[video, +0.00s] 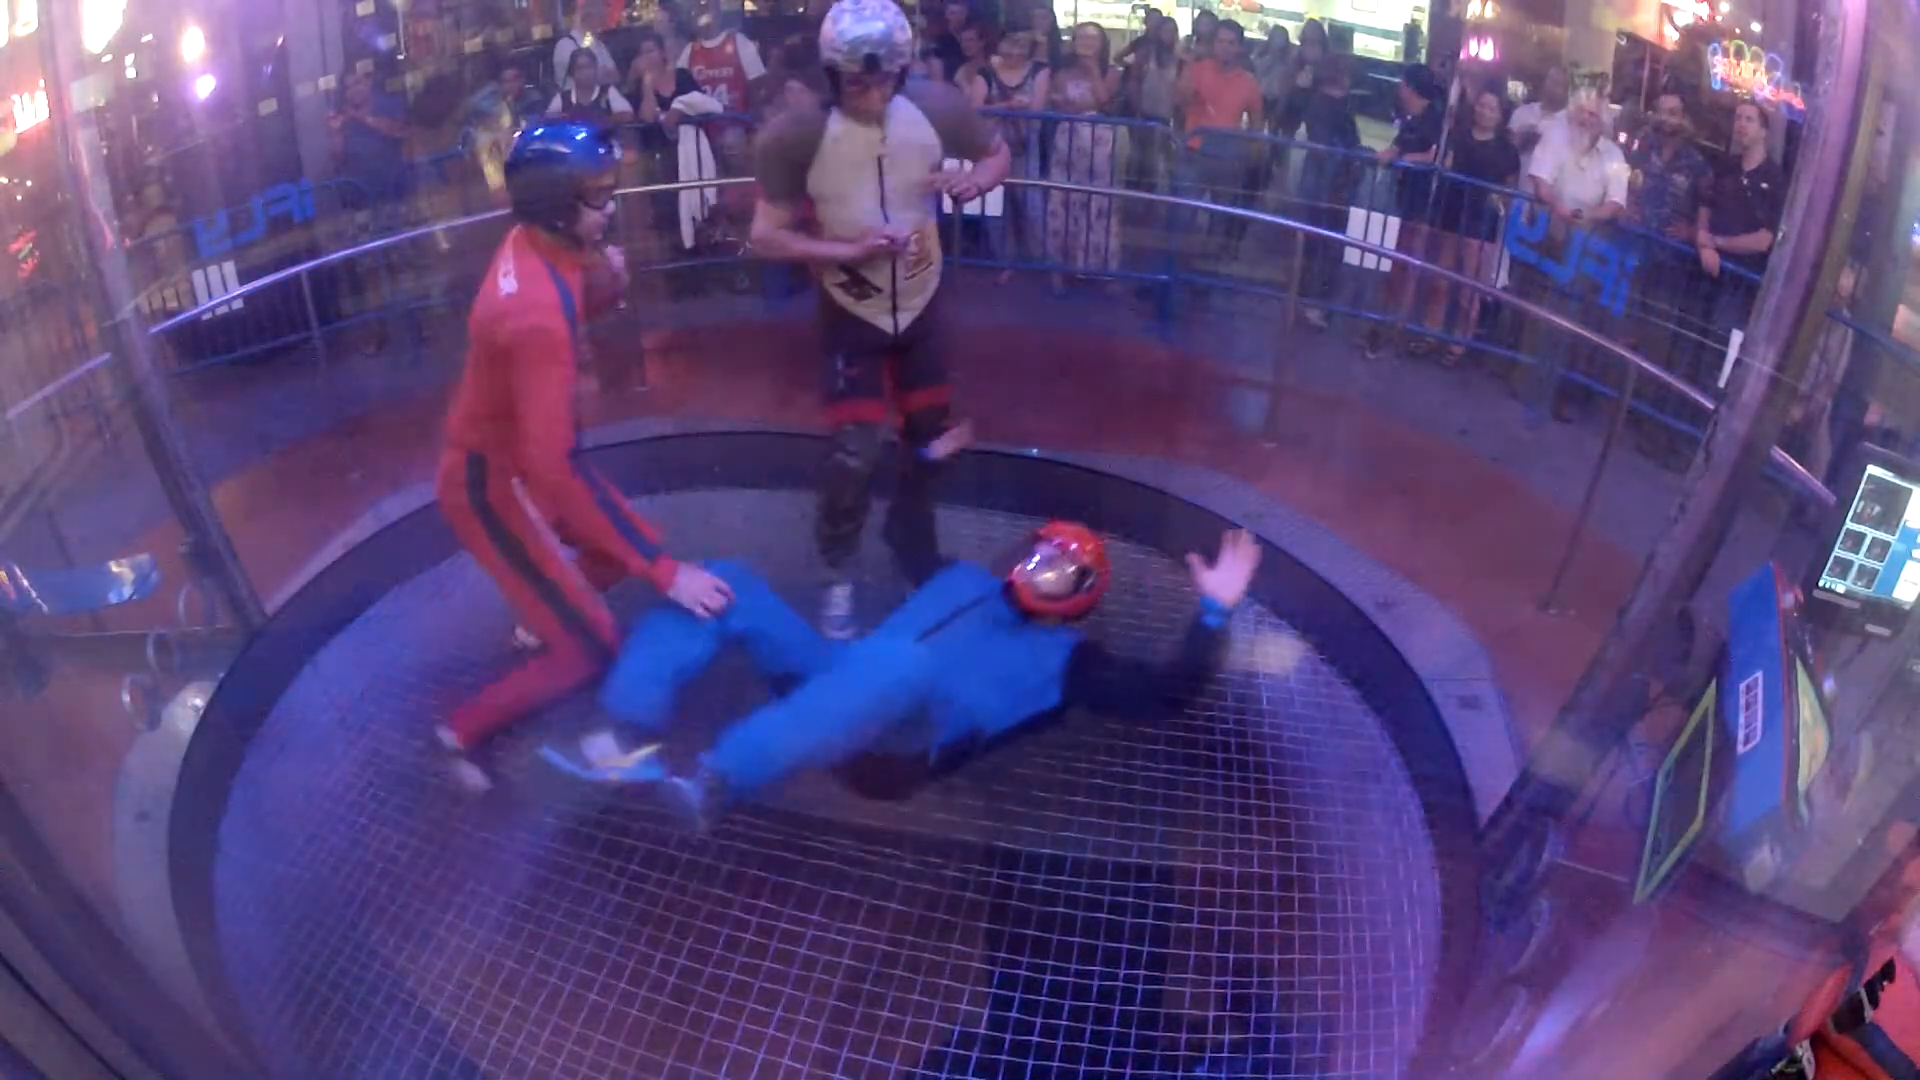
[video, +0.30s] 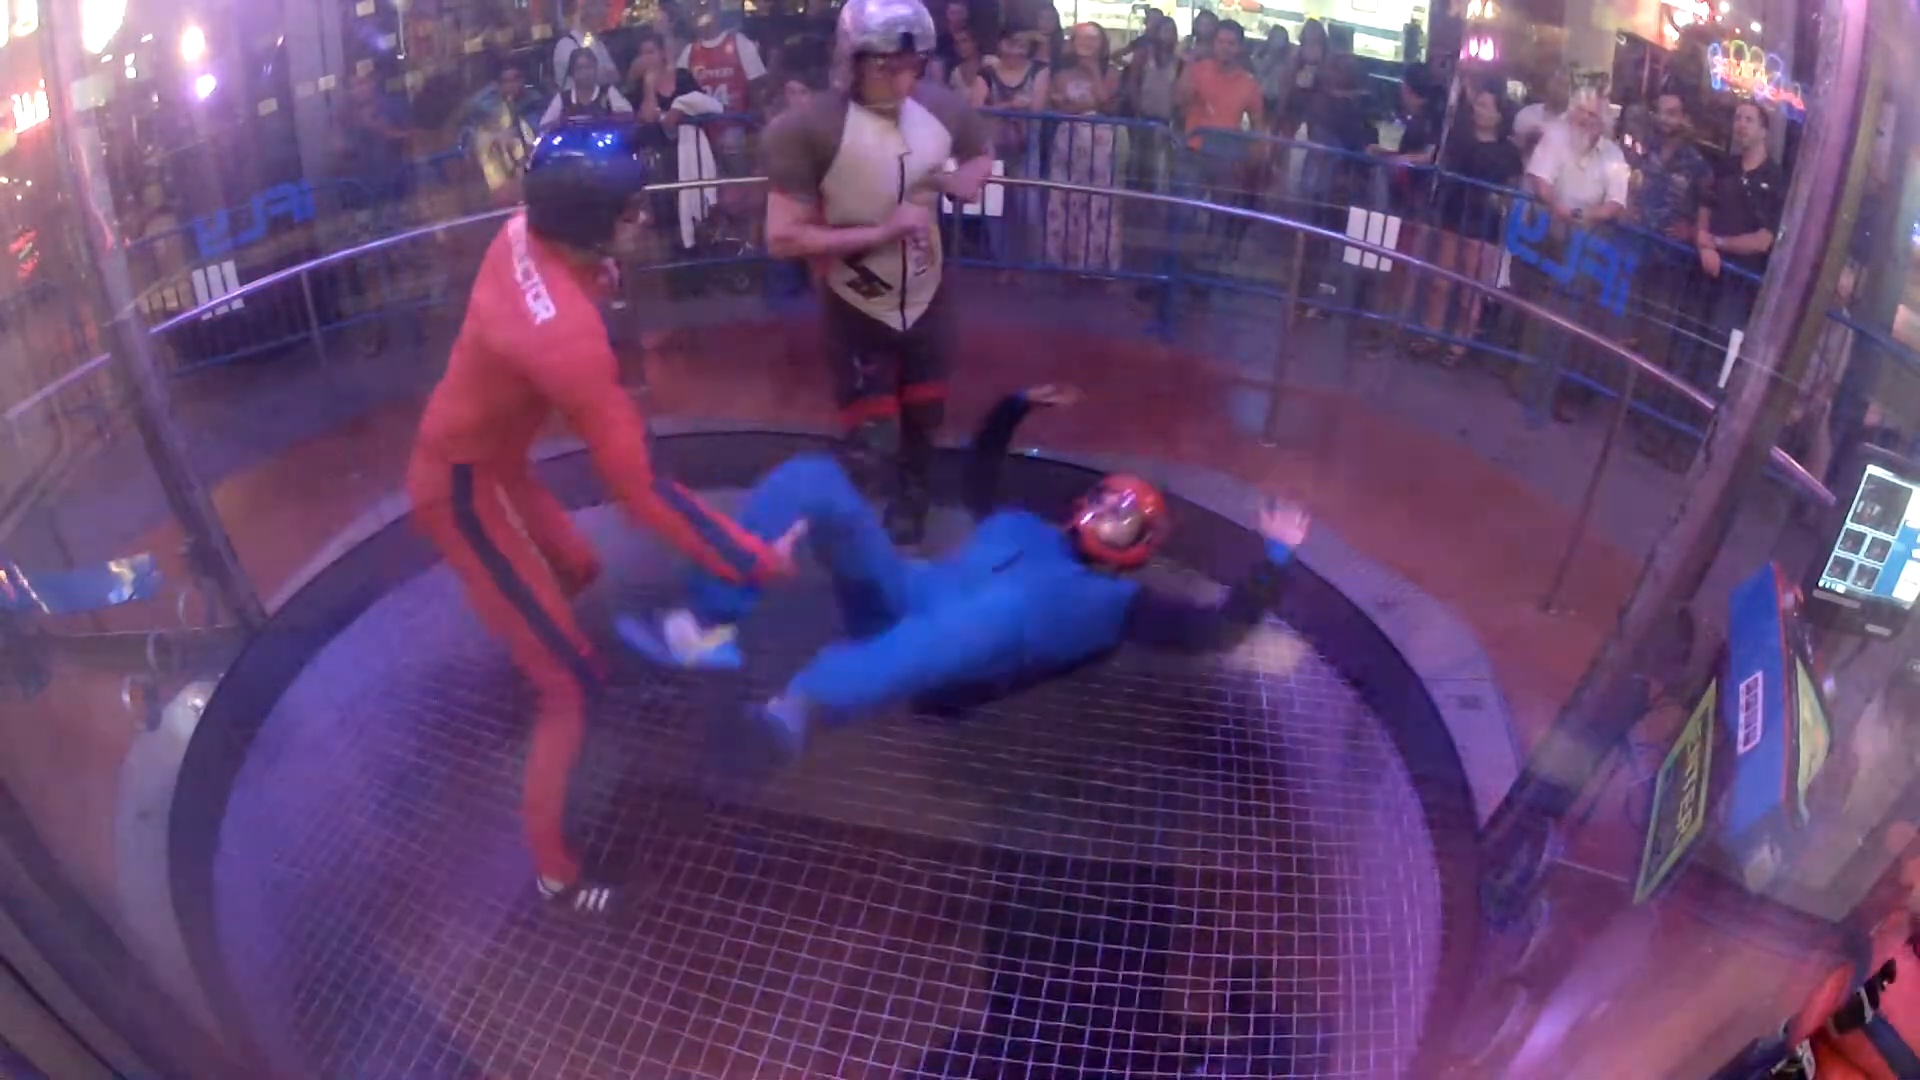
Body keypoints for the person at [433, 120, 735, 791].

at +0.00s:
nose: (612, 211)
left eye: (610, 197)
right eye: (600, 201)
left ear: (559, 202)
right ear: (561, 209)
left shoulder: (535, 243)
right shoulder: (537, 315)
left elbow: (559, 312)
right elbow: (546, 472)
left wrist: (599, 290)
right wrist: (662, 570)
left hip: (527, 450)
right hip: (487, 484)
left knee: (633, 547)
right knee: (586, 647)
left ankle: (537, 617)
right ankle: (457, 734)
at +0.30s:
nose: (641, 219)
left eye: (638, 206)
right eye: (630, 212)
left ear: (554, 206)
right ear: (593, 226)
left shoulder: (524, 233)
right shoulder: (565, 332)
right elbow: (634, 486)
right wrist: (756, 562)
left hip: (494, 457)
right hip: (463, 486)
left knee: (577, 567)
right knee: (569, 681)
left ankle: (515, 653)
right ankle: (551, 873)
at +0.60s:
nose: (612, 179)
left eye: (607, 165)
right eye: (606, 169)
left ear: (508, 170)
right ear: (585, 190)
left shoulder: (467, 208)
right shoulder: (573, 310)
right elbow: (654, 458)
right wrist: (759, 465)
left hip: (428, 462)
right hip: (444, 502)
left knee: (547, 556)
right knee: (564, 696)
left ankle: (489, 675)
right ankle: (553, 880)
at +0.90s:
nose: (564, 127)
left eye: (561, 112)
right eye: (557, 113)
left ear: (452, 117)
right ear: (539, 126)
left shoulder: (403, 195)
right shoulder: (552, 234)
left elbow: (346, 289)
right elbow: (687, 345)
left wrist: (438, 254)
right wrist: (778, 335)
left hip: (401, 489)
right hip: (477, 502)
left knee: (499, 608)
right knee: (556, 706)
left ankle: (468, 746)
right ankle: (557, 882)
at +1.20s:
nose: (512, 121)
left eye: (509, 104)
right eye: (494, 107)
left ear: (414, 129)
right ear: (441, 122)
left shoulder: (390, 221)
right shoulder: (480, 230)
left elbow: (370, 337)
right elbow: (572, 381)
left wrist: (482, 292)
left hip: (438, 489)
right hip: (496, 499)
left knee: (526, 642)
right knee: (555, 704)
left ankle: (469, 788)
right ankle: (558, 880)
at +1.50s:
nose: (477, 129)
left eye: (473, 111)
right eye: (458, 116)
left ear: (400, 135)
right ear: (410, 133)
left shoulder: (406, 215)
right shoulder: (412, 247)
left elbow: (486, 322)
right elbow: (489, 422)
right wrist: (522, 346)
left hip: (481, 489)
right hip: (461, 512)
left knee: (522, 659)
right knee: (533, 693)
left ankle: (474, 820)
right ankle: (554, 877)